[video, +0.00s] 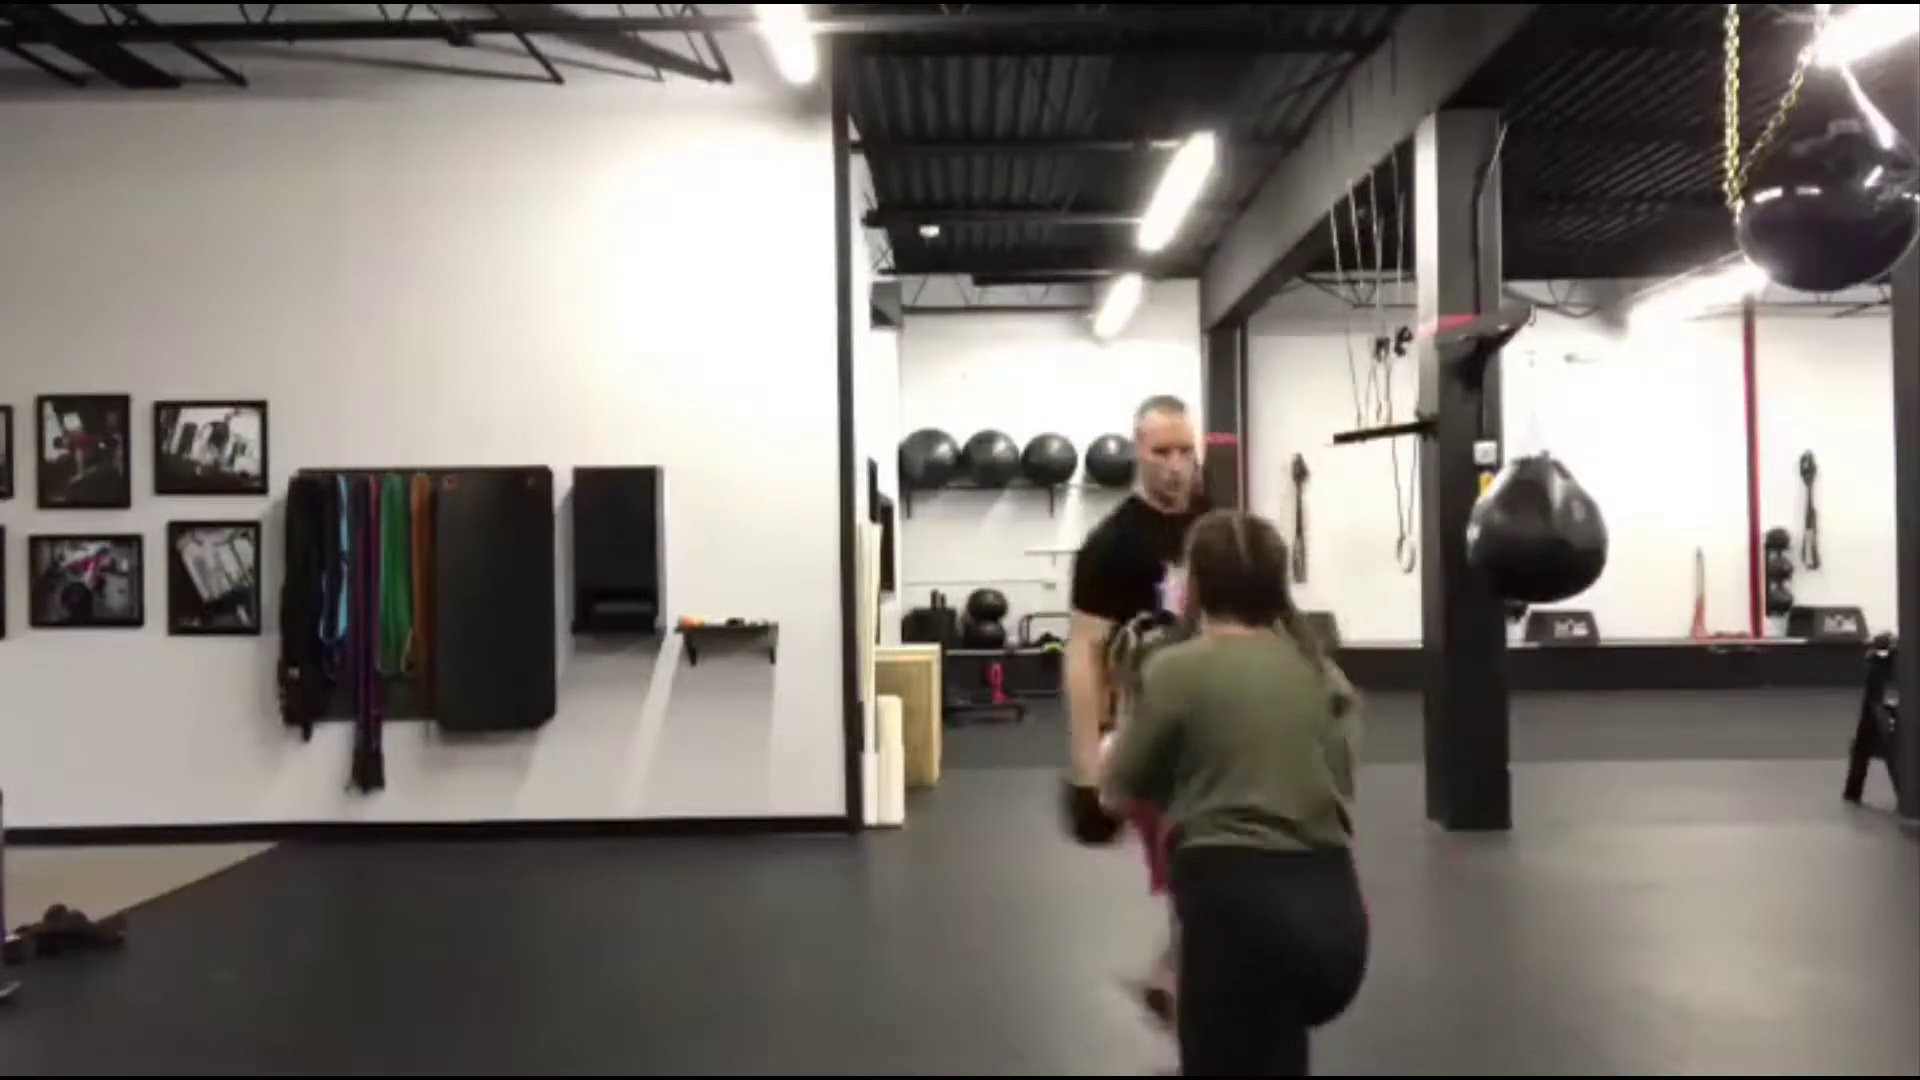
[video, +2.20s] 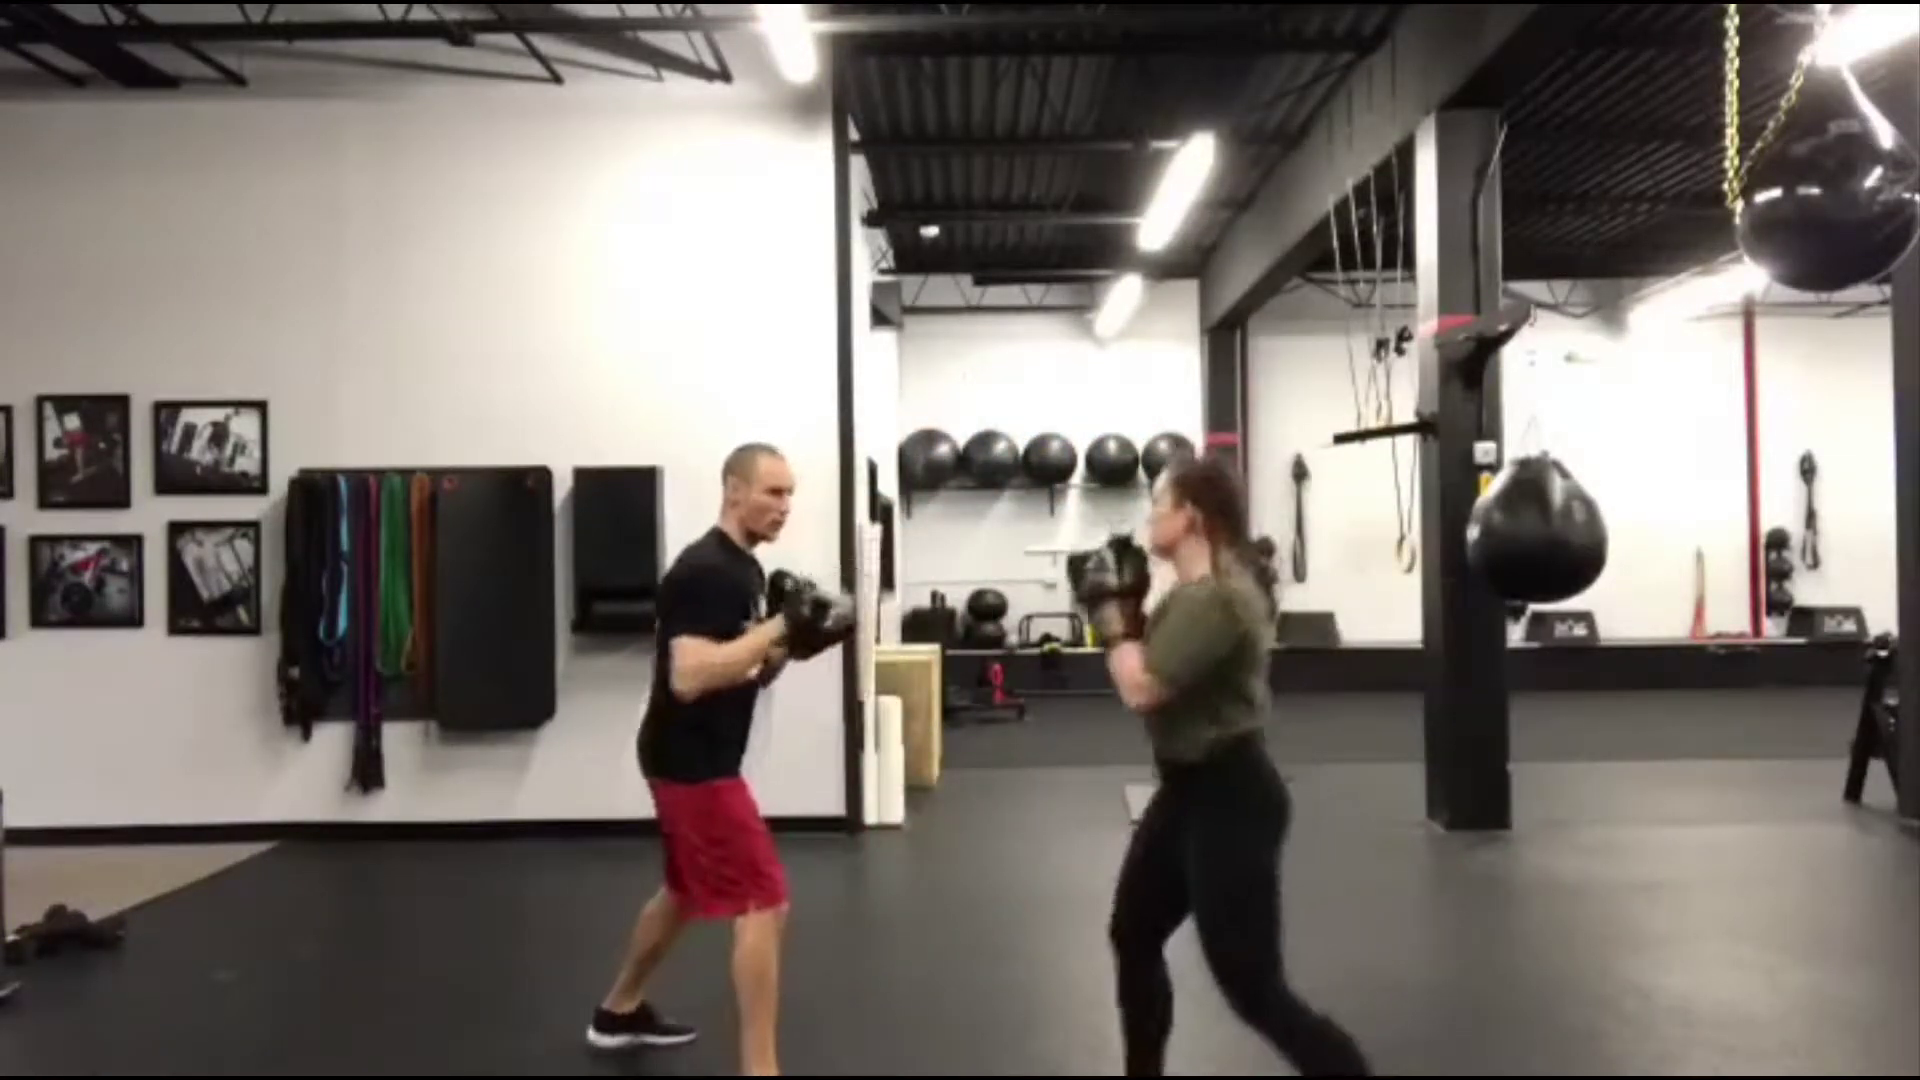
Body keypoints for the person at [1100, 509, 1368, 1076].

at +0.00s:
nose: (1176, 584)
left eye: (1183, 571)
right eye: (1182, 570)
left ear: (1195, 585)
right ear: (1276, 581)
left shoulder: (1175, 671)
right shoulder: (1320, 673)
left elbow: (1119, 786)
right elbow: (1339, 786)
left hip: (1229, 910)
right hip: (1328, 907)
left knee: (1219, 1060)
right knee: (1278, 1054)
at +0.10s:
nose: (1184, 557)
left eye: (1188, 546)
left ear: (1193, 560)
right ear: (1271, 555)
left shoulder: (1180, 648)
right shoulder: (1314, 646)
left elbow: (1118, 760)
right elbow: (1332, 759)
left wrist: (1136, 679)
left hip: (1236, 895)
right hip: (1328, 887)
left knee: (1229, 1060)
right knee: (1284, 1054)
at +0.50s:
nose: (1171, 557)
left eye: (1176, 545)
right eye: (1175, 544)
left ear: (1190, 555)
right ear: (1252, 551)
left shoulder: (1186, 649)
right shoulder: (1277, 635)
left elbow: (1129, 766)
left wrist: (1110, 702)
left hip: (1233, 862)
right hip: (1289, 844)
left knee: (1176, 991)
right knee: (1237, 1000)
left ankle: (1215, 1071)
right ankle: (1236, 1068)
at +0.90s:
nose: (1206, 554)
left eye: (1213, 539)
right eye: (1209, 539)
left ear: (1241, 548)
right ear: (1286, 544)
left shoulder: (1265, 631)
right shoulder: (1323, 619)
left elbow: (1199, 752)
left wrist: (1158, 675)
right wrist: (1214, 649)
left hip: (1313, 870)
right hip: (1346, 858)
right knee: (1226, 992)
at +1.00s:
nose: (1203, 554)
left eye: (1208, 540)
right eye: (1205, 540)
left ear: (1236, 551)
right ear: (1281, 548)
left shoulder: (1265, 636)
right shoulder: (1306, 623)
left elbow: (1213, 761)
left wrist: (1164, 681)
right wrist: (1213, 662)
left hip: (1317, 876)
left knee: (1314, 1061)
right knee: (1198, 957)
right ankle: (1243, 1069)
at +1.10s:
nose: (1188, 508)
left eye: (1194, 493)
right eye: (1191, 493)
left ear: (1223, 500)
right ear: (1252, 499)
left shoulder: (1258, 582)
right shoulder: (1282, 572)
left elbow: (1193, 702)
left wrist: (1153, 638)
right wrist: (1195, 605)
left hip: (1302, 826)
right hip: (1288, 819)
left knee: (1334, 1045)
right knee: (1182, 928)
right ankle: (1224, 1068)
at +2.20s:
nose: (1149, 520)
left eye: (1158, 508)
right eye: (1153, 508)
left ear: (1189, 518)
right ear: (1194, 519)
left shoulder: (1217, 600)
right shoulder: (1196, 595)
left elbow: (1142, 688)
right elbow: (1155, 673)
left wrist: (1114, 618)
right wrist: (1130, 606)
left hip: (1230, 797)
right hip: (1191, 793)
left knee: (1250, 985)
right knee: (1134, 933)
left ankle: (1346, 1065)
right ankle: (1143, 1069)